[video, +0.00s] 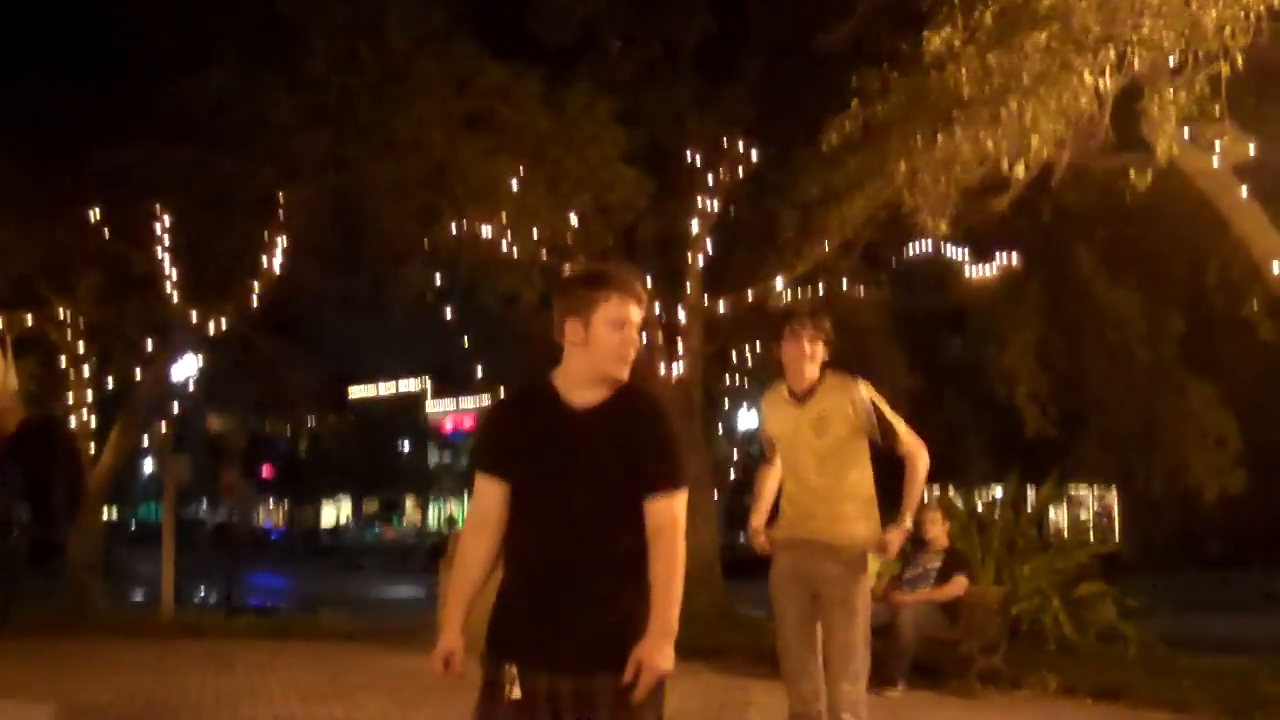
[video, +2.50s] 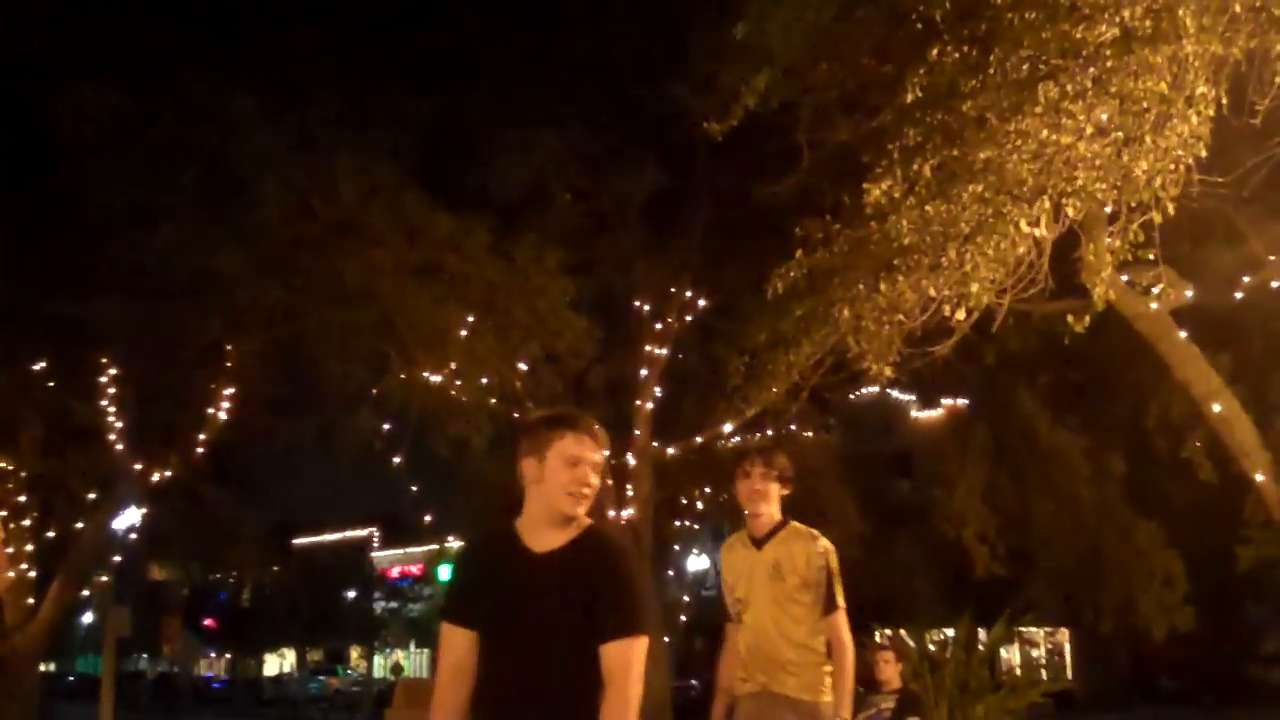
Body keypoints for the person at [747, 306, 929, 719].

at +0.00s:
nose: (806, 349)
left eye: (814, 340)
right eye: (796, 339)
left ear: (825, 349)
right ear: (779, 348)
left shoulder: (854, 394)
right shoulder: (772, 402)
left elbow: (917, 453)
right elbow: (771, 460)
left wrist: (902, 524)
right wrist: (757, 519)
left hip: (849, 552)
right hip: (790, 551)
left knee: (846, 683)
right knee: (799, 682)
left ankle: (848, 716)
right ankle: (806, 716)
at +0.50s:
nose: (781, 490)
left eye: (790, 480)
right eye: (773, 480)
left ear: (803, 489)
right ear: (759, 489)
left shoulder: (837, 539)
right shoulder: (745, 545)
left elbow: (878, 639)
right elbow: (749, 616)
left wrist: (849, 695)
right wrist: (737, 689)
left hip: (830, 695)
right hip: (769, 697)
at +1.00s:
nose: (744, 303)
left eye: (752, 295)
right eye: (736, 294)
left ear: (765, 305)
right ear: (718, 303)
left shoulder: (794, 358)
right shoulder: (702, 365)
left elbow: (821, 453)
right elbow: (693, 441)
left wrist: (786, 523)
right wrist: (702, 508)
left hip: (795, 512)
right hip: (732, 515)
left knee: (823, 642)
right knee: (727, 646)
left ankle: (833, 716)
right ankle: (737, 717)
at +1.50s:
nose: (780, 390)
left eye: (788, 380)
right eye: (771, 381)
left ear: (802, 385)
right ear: (757, 387)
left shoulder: (834, 440)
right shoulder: (737, 445)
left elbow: (852, 527)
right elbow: (725, 524)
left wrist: (848, 608)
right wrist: (708, 593)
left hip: (821, 606)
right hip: (760, 605)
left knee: (831, 712)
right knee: (742, 708)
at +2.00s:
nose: (809, 487)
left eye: (819, 479)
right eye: (799, 476)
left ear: (829, 492)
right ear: (781, 486)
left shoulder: (859, 551)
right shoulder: (758, 551)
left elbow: (900, 640)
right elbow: (757, 638)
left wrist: (890, 707)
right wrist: (746, 709)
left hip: (841, 702)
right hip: (778, 702)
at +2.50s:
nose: (755, 485)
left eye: (766, 476)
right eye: (746, 476)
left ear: (784, 487)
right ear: (734, 488)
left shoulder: (814, 547)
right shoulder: (729, 552)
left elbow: (840, 637)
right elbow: (733, 635)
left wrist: (843, 712)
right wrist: (718, 710)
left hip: (808, 700)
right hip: (750, 700)